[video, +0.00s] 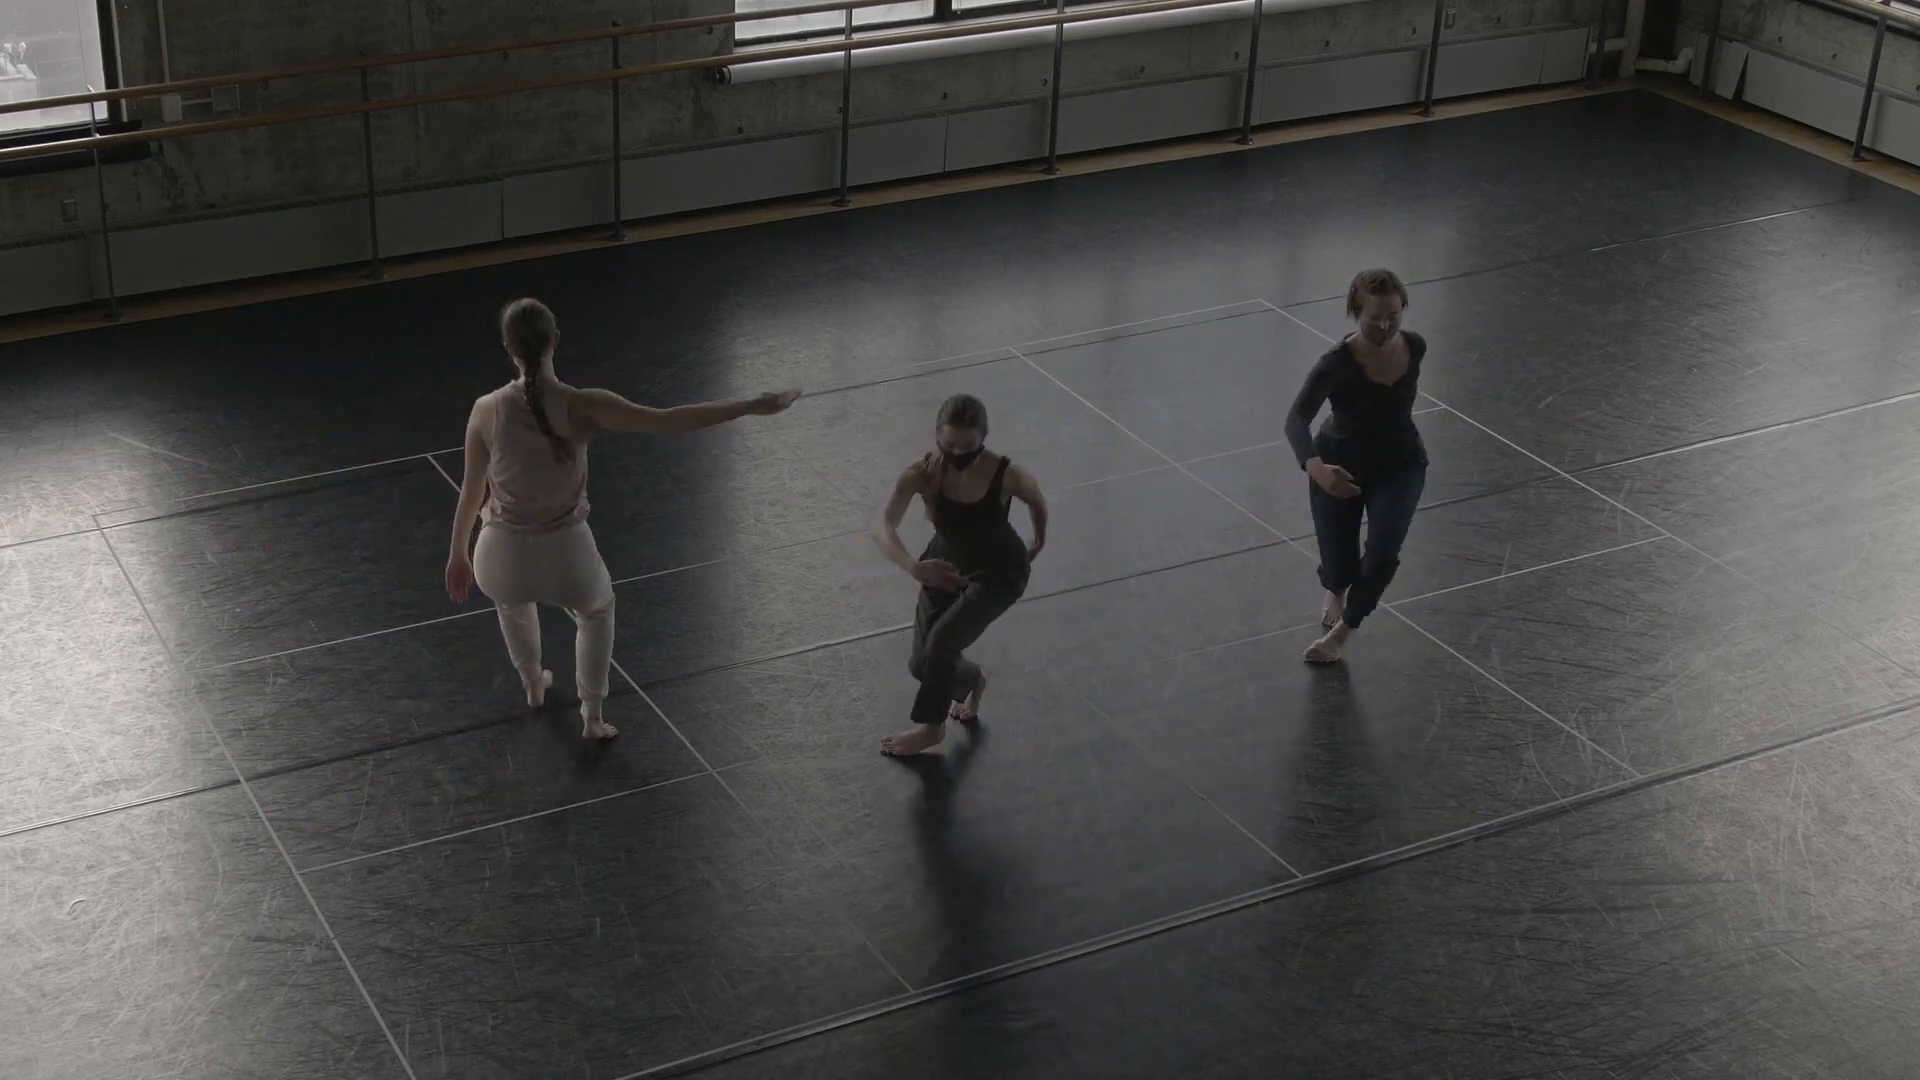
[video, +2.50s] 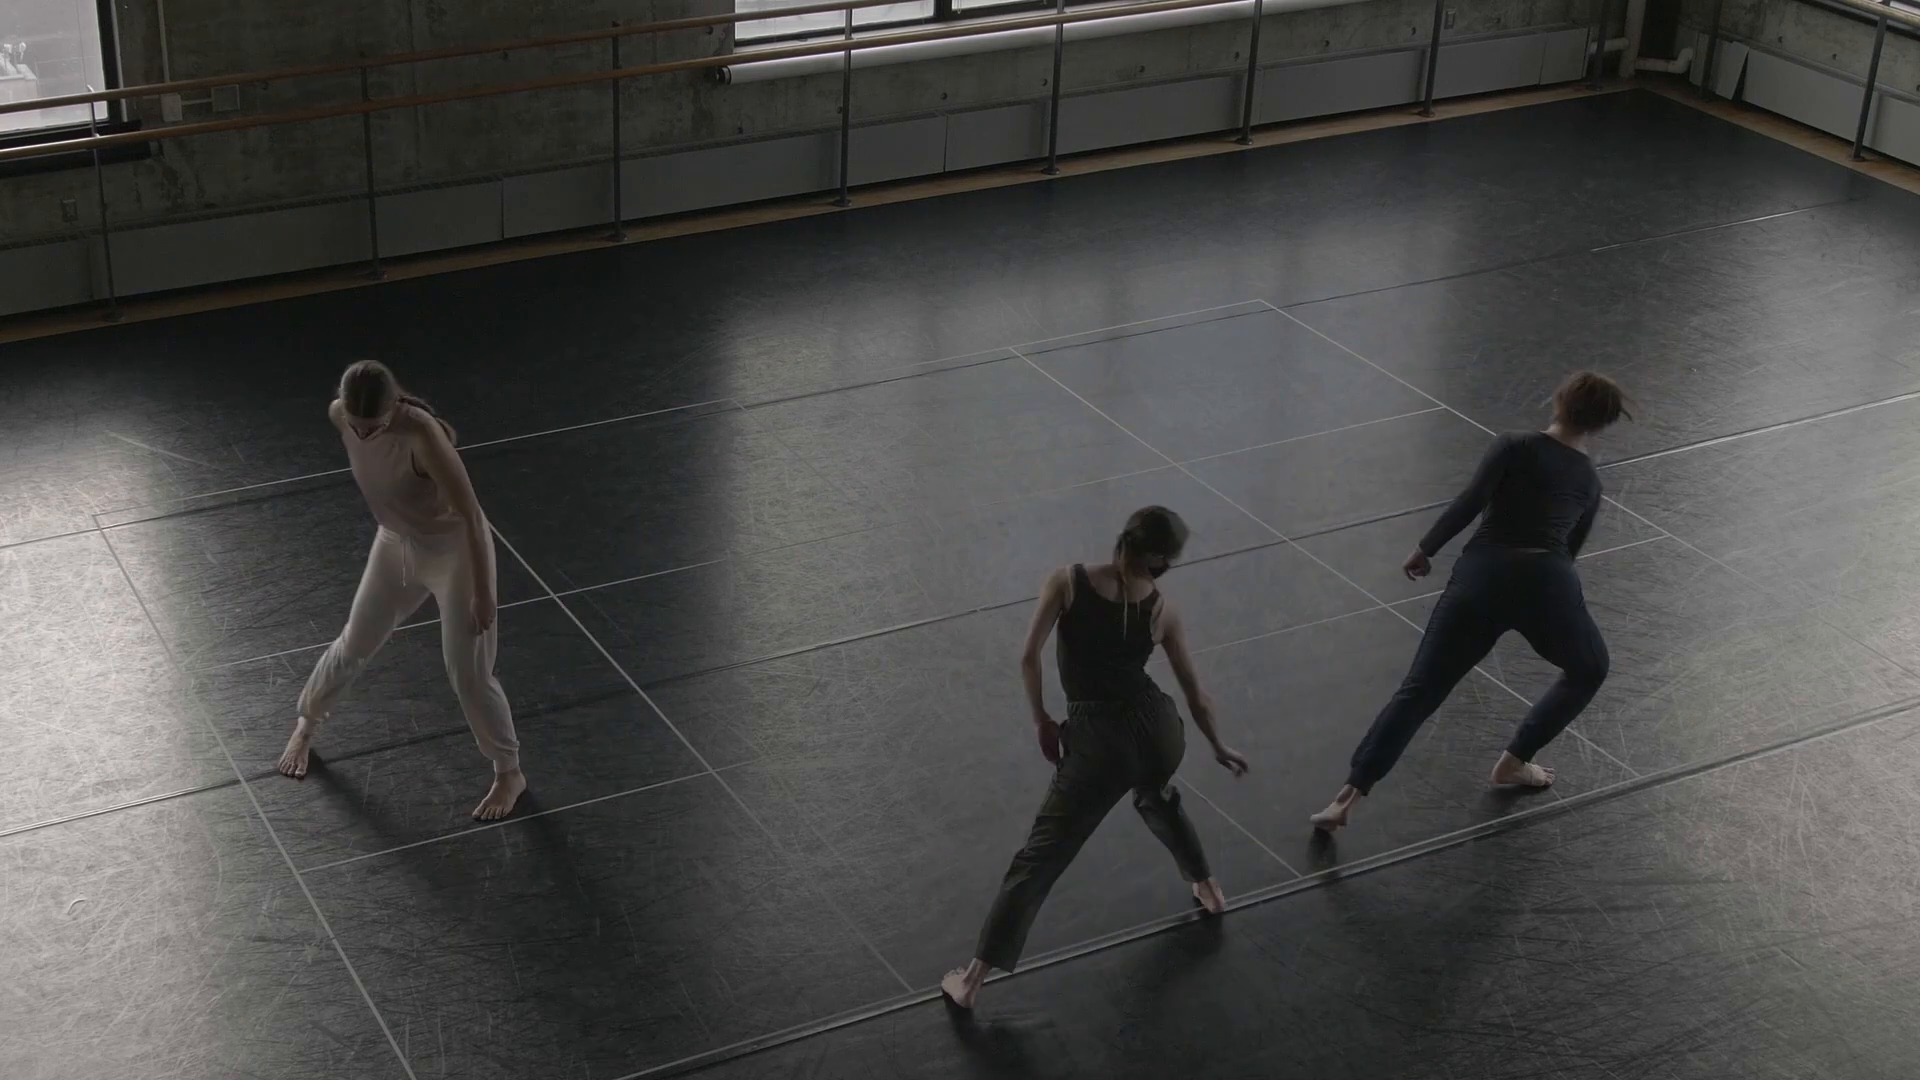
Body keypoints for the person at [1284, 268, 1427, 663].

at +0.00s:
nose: (1385, 325)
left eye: (1393, 315)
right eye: (1375, 317)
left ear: (1403, 311)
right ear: (1356, 314)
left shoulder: (1413, 348)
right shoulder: (1337, 363)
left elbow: (1400, 401)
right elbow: (1296, 421)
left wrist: (1397, 438)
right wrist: (1312, 465)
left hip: (1398, 461)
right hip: (1340, 461)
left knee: (1382, 558)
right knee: (1337, 562)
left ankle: (1341, 633)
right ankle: (1335, 597)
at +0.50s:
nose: (1416, 431)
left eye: (1420, 421)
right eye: (1405, 425)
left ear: (1424, 418)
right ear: (1380, 425)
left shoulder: (1419, 457)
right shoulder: (1360, 472)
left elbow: (1443, 522)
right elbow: (1396, 543)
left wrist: (1467, 589)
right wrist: (1463, 574)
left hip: (1364, 536)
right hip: (1320, 553)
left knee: (1433, 552)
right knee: (1401, 608)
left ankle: (1376, 619)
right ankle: (1317, 599)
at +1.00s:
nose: (1476, 302)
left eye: (1480, 293)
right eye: (1469, 294)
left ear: (1481, 289)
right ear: (1441, 290)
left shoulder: (1482, 327)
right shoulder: (1406, 329)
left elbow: (1547, 357)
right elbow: (1368, 388)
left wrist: (1621, 389)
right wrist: (1339, 441)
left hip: (1423, 446)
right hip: (1370, 443)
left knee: (1421, 546)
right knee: (1364, 540)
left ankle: (1383, 613)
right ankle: (1321, 587)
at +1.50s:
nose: (1562, 376)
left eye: (1566, 367)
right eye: (1556, 367)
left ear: (1565, 361)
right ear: (1527, 359)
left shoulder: (1550, 394)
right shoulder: (1478, 399)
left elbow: (1514, 450)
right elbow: (1420, 443)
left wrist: (1491, 492)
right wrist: (1356, 486)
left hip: (1492, 509)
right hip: (1438, 504)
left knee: (1527, 611)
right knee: (1386, 587)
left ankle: (1474, 699)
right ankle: (1320, 584)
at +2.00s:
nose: (1663, 401)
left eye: (1668, 393)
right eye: (1663, 391)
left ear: (1630, 368)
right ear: (1643, 379)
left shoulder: (1576, 393)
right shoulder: (1605, 432)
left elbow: (1524, 425)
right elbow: (1595, 521)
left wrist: (1490, 454)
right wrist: (1610, 602)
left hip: (1477, 510)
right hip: (1510, 543)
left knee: (1401, 582)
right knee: (1559, 658)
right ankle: (1507, 764)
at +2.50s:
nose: (1554, 405)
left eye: (1558, 399)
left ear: (1557, 406)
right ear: (1600, 425)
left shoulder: (1513, 445)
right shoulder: (1590, 482)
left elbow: (1471, 502)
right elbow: (1569, 550)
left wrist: (1424, 549)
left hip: (1482, 575)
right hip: (1547, 586)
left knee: (1420, 687)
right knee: (1589, 669)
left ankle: (1346, 798)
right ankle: (1513, 763)